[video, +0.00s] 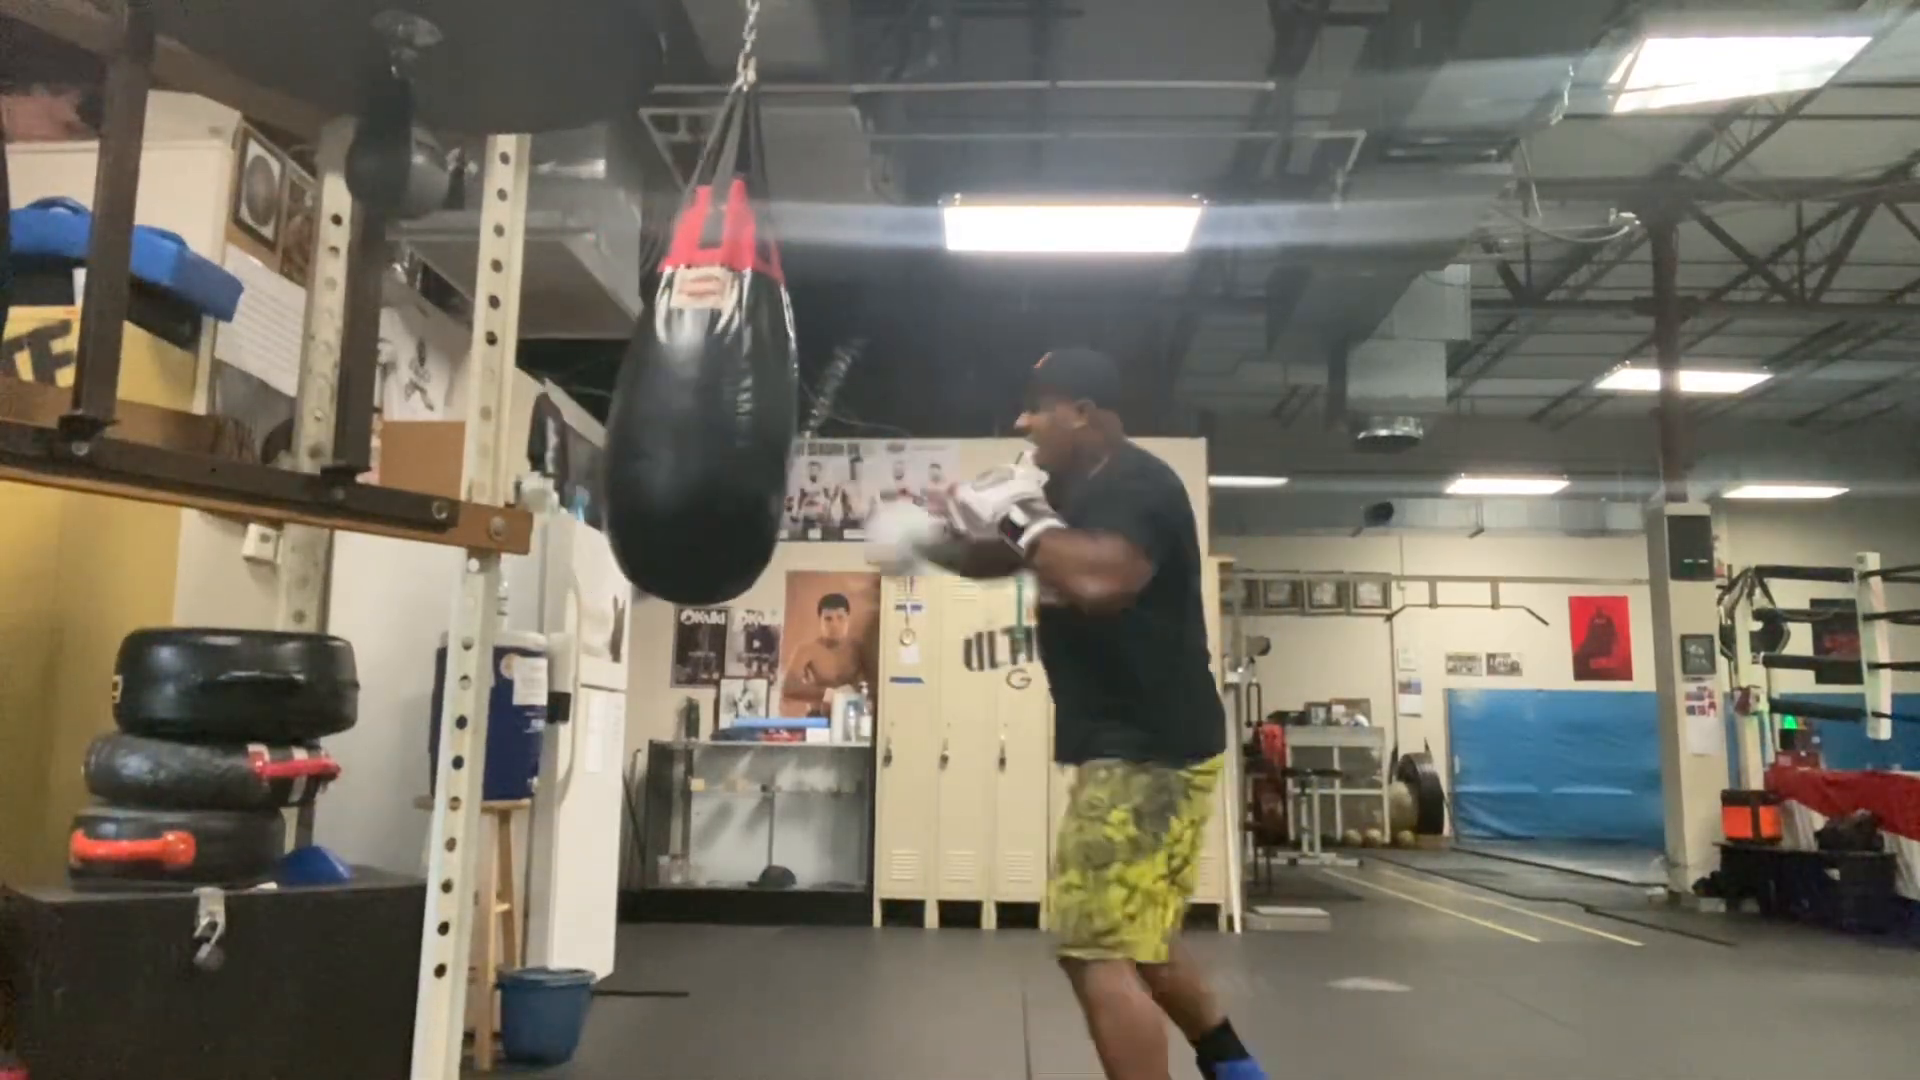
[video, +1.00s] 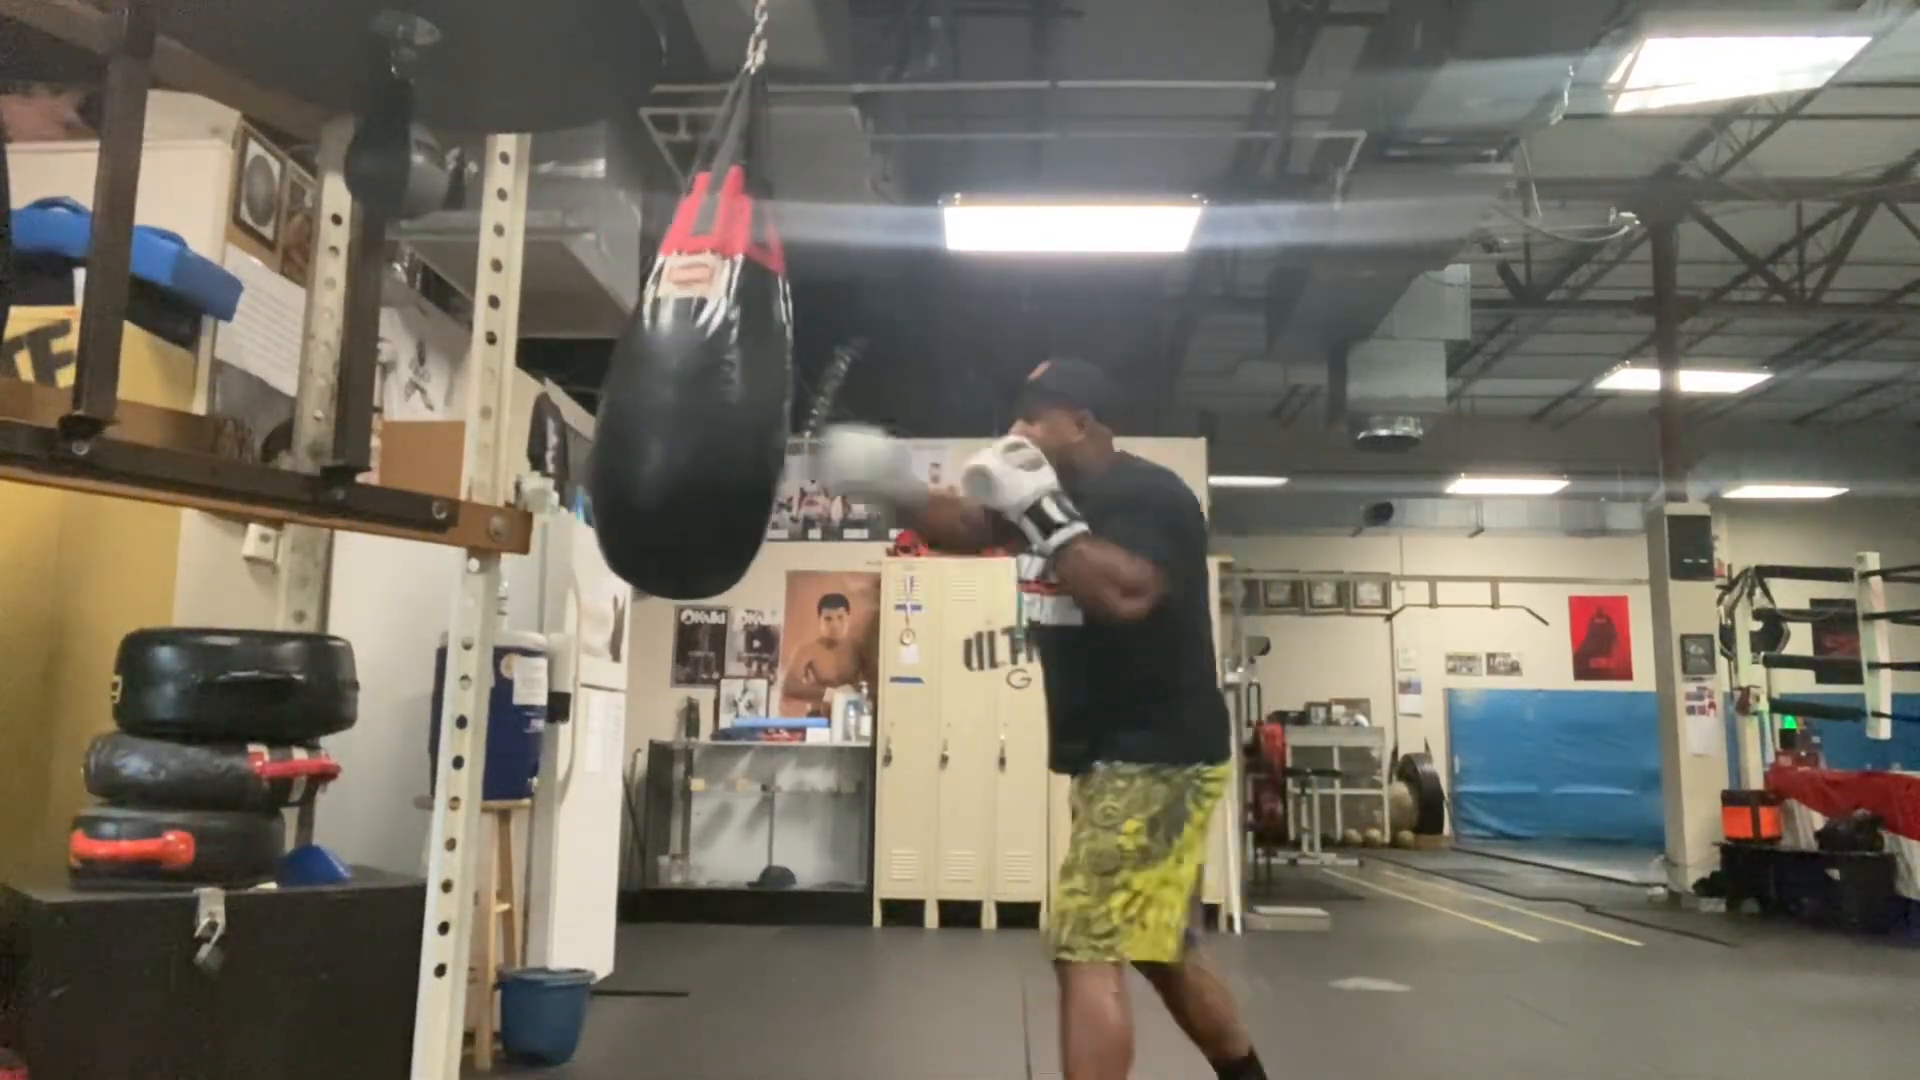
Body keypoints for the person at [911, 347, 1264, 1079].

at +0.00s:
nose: (1025, 426)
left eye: (1039, 411)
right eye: (1027, 412)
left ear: (1089, 417)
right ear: (1085, 419)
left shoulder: (1140, 483)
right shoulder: (1079, 491)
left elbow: (1106, 578)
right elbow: (1003, 556)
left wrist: (1020, 521)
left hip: (1147, 750)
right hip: (1130, 748)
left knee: (1091, 946)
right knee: (1140, 941)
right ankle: (1234, 1066)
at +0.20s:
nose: (1033, 417)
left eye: (1048, 403)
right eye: (1037, 402)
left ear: (1096, 411)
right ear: (1096, 414)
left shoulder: (1122, 481)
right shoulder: (1119, 479)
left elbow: (1021, 561)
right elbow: (1027, 567)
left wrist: (948, 527)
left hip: (1150, 745)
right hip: (1146, 740)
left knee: (1091, 940)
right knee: (1134, 928)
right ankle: (1223, 1066)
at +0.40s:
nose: (1059, 437)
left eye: (1074, 422)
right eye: (1059, 423)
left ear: (1124, 423)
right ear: (1110, 427)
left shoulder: (1189, 501)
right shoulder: (1098, 501)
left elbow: (1150, 604)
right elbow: (1006, 533)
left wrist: (1072, 521)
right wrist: (925, 515)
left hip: (1197, 750)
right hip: (1143, 749)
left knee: (1158, 942)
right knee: (1171, 942)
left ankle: (1180, 1079)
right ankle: (1240, 1066)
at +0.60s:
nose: (1066, 434)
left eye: (1077, 418)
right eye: (1068, 418)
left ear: (1120, 420)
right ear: (1127, 423)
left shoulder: (1158, 489)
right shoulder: (1158, 491)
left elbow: (1105, 585)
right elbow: (1102, 615)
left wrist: (1040, 517)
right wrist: (1028, 585)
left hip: (1182, 749)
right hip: (1211, 745)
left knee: (1135, 950)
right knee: (1199, 949)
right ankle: (1252, 1074)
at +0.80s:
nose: (1057, 444)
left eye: (1065, 428)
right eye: (1057, 429)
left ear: (1108, 428)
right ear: (1125, 431)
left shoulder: (1112, 498)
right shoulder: (1193, 496)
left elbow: (1054, 616)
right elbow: (1128, 603)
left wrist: (975, 591)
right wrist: (1037, 563)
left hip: (1158, 750)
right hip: (1226, 745)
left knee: (1074, 954)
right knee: (1196, 943)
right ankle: (1255, 1075)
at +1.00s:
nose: (1022, 434)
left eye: (1035, 420)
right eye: (1021, 421)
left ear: (1083, 421)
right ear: (1068, 426)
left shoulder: (1153, 494)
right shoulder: (1059, 497)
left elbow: (1128, 591)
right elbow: (970, 528)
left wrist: (1042, 506)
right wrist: (894, 488)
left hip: (1158, 752)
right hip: (1112, 751)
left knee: (1084, 943)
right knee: (1161, 948)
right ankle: (1247, 1072)